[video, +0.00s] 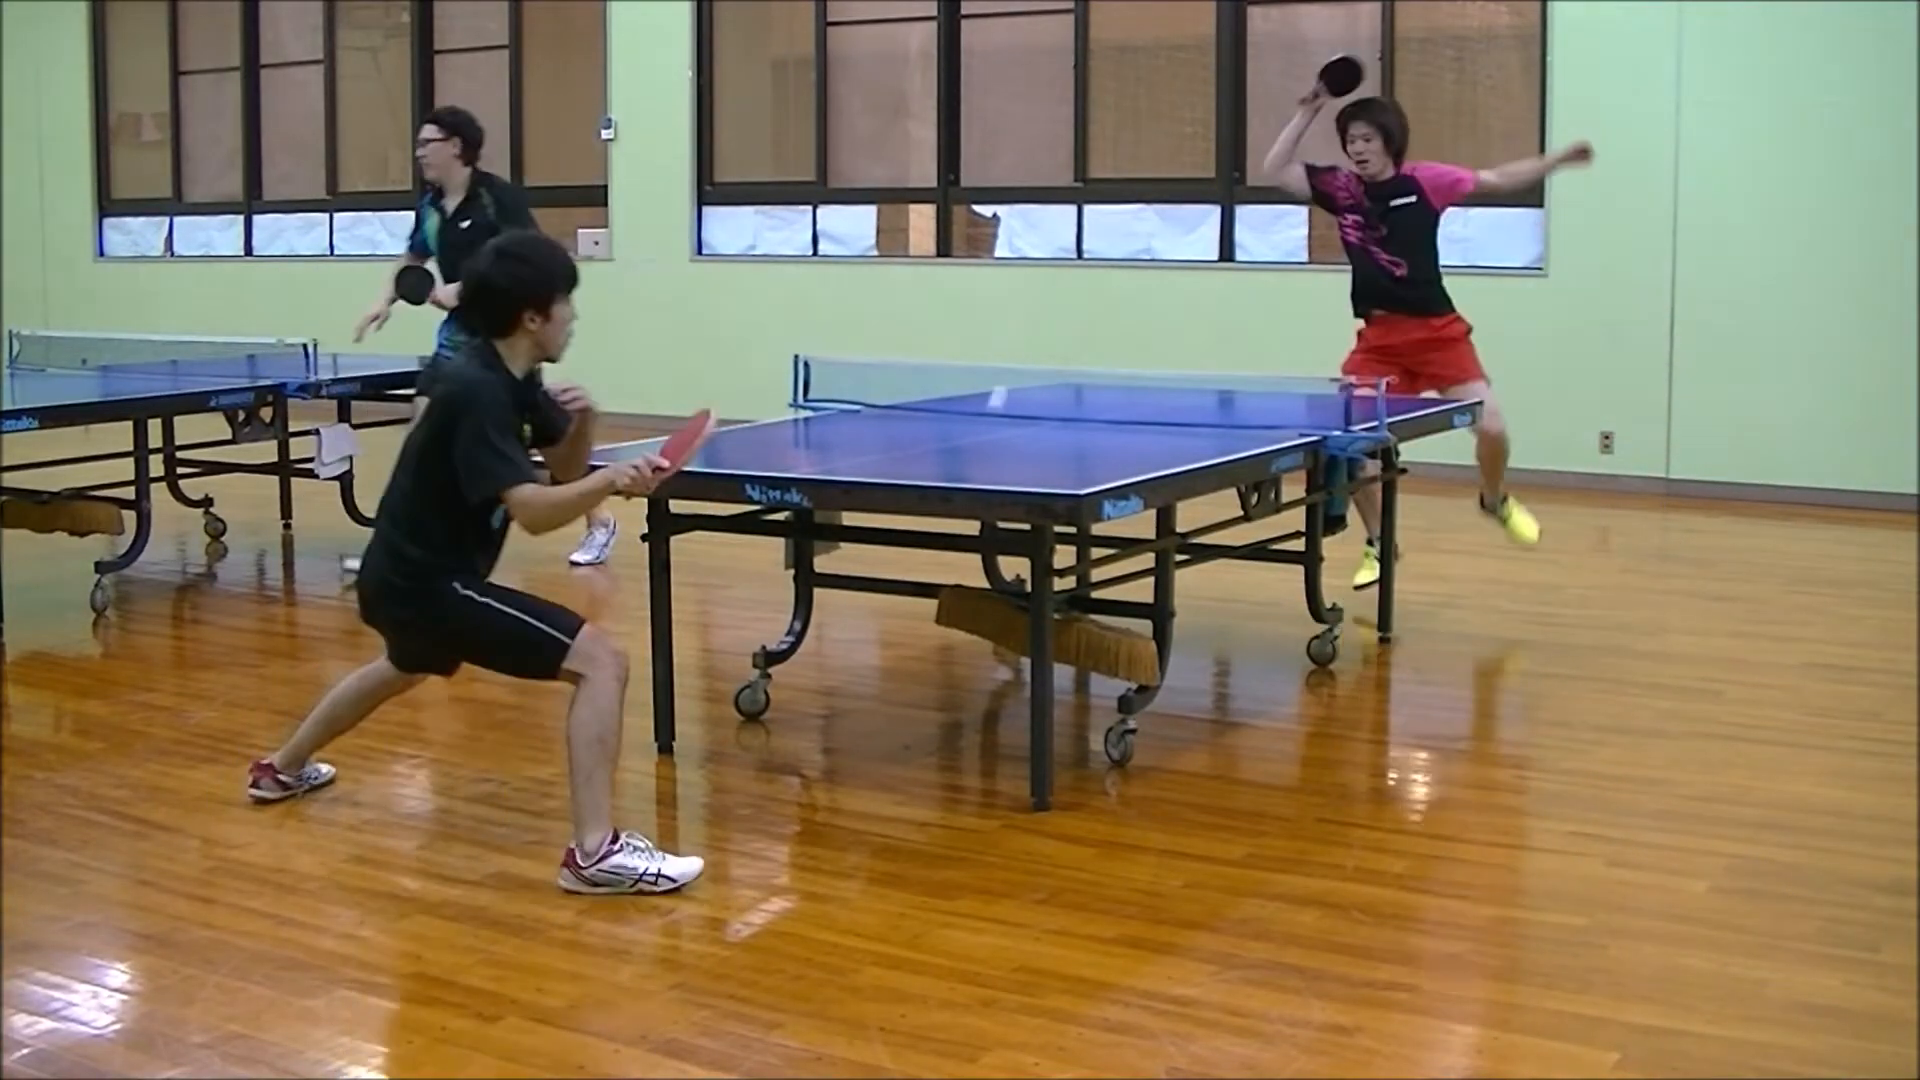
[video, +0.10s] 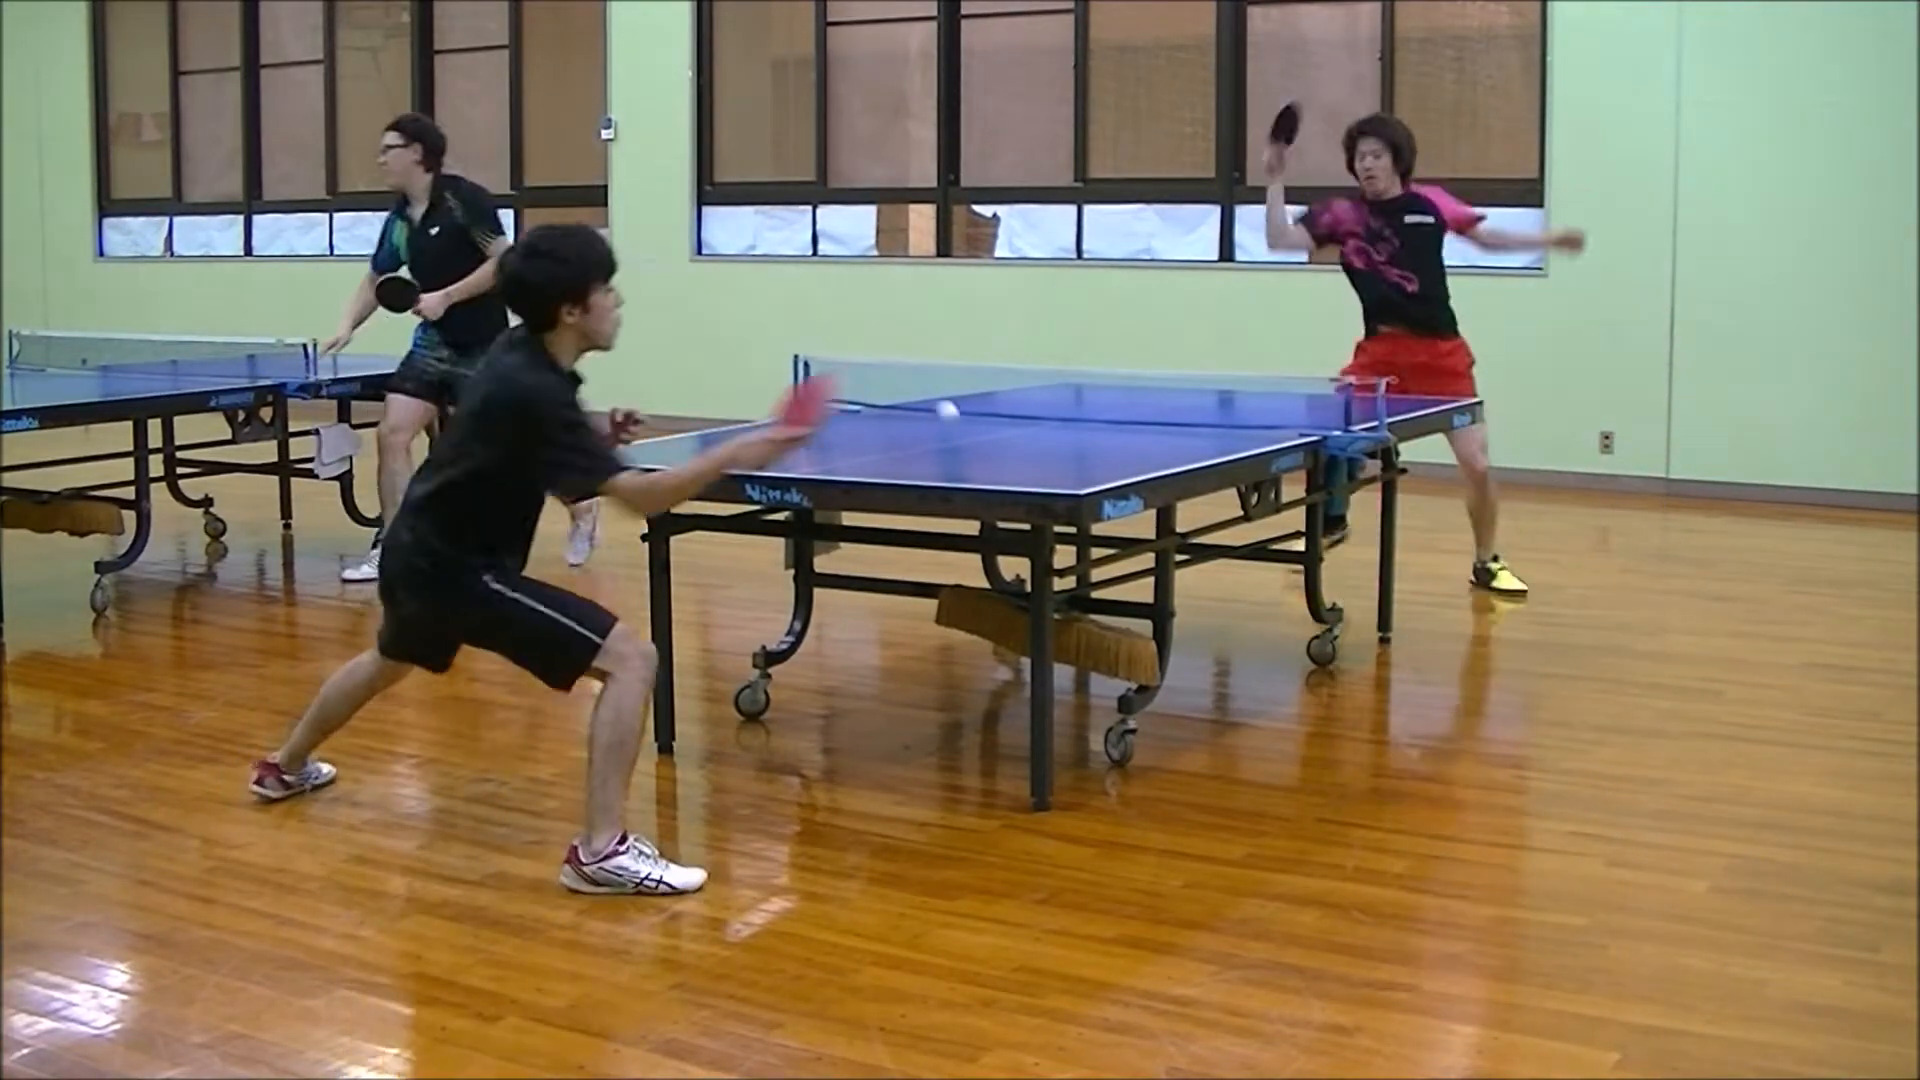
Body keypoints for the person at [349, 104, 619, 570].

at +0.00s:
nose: (421, 154)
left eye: (430, 144)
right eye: (419, 145)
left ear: (460, 149)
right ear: (436, 153)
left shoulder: (500, 198)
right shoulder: (431, 204)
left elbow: (530, 265)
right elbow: (414, 261)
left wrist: (461, 290)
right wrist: (386, 301)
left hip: (504, 337)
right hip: (455, 336)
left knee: (545, 430)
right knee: (427, 427)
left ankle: (598, 520)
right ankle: (398, 542)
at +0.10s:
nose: (381, 160)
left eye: (390, 150)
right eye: (381, 151)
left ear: (421, 155)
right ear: (401, 158)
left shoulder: (465, 201)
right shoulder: (398, 220)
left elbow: (507, 261)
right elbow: (374, 283)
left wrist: (446, 296)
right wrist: (348, 326)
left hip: (485, 347)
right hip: (432, 344)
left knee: (515, 436)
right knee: (393, 433)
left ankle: (581, 504)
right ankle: (393, 546)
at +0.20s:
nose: (352, 164)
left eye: (358, 154)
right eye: (351, 156)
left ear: (386, 155)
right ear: (375, 159)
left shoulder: (441, 193)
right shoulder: (376, 226)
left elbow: (490, 249)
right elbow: (353, 296)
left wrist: (438, 293)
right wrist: (318, 355)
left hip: (470, 337)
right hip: (422, 339)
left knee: (463, 445)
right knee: (385, 435)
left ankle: (548, 510)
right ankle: (394, 548)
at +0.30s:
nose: (330, 163)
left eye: (337, 153)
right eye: (330, 154)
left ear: (367, 156)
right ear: (356, 160)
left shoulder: (421, 185)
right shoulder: (361, 229)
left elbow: (482, 231)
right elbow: (349, 302)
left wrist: (440, 283)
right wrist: (318, 364)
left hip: (464, 325)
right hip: (415, 330)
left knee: (448, 427)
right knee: (387, 435)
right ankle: (394, 547)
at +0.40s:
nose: (325, 157)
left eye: (332, 148)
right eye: (326, 148)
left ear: (361, 151)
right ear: (349, 154)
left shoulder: (412, 179)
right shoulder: (359, 223)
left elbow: (477, 222)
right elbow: (347, 298)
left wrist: (436, 282)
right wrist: (317, 362)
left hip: (462, 325)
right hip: (418, 328)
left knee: (447, 431)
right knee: (392, 433)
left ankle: (472, 545)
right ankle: (396, 550)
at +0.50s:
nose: (337, 148)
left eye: (345, 139)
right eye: (339, 140)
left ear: (370, 144)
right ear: (366, 147)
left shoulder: (415, 178)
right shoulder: (370, 213)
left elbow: (468, 228)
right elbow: (353, 288)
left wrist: (420, 285)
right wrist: (317, 346)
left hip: (456, 329)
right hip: (418, 333)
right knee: (394, 431)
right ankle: (392, 551)